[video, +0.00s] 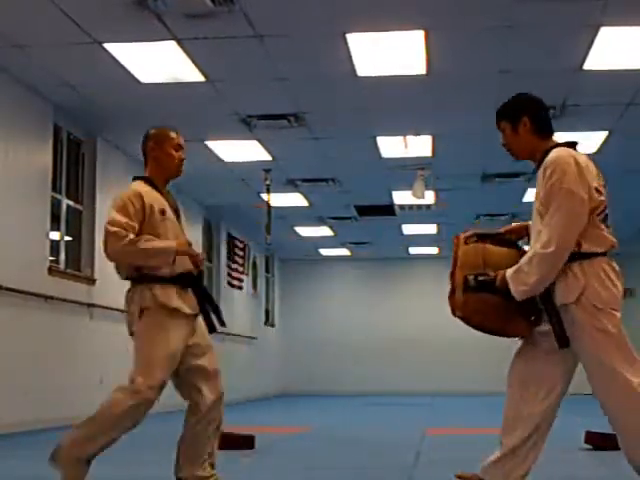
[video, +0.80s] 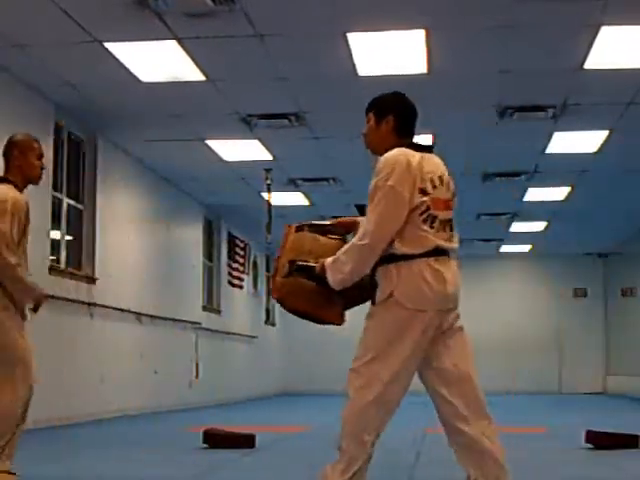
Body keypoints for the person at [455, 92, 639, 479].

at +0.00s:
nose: (504, 144)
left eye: (505, 134)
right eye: (502, 136)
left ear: (525, 126)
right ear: (530, 127)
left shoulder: (563, 163)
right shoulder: (557, 163)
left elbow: (557, 240)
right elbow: (559, 222)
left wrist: (511, 282)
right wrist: (518, 231)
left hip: (586, 279)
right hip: (563, 281)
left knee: (617, 383)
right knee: (532, 376)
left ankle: (638, 462)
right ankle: (504, 472)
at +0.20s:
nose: (459, 153)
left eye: (461, 143)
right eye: (457, 144)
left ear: (480, 137)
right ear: (488, 137)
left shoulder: (509, 168)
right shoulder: (523, 166)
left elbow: (510, 245)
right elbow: (526, 235)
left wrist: (478, 288)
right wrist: (484, 242)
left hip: (543, 280)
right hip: (530, 281)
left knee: (580, 383)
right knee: (506, 383)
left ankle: (636, 457)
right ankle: (499, 472)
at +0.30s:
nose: (440, 151)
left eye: (442, 141)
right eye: (439, 142)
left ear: (461, 134)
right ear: (468, 134)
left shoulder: (487, 164)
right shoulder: (508, 164)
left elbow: (485, 239)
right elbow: (503, 232)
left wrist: (452, 287)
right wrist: (458, 240)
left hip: (522, 277)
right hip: (515, 279)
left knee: (526, 381)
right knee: (492, 381)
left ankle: (614, 451)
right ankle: (499, 471)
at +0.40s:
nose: (428, 145)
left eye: (429, 136)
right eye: (426, 137)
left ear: (447, 131)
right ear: (462, 131)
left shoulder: (470, 161)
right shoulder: (496, 162)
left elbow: (463, 234)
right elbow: (483, 232)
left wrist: (429, 281)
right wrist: (433, 236)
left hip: (501, 276)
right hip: (521, 275)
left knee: (476, 376)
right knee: (503, 378)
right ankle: (498, 470)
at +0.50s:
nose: (415, 142)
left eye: (416, 132)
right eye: (413, 134)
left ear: (434, 127)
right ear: (451, 127)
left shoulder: (457, 158)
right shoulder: (484, 160)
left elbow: (446, 232)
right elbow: (466, 229)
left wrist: (404, 274)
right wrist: (416, 230)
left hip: (481, 276)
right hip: (504, 273)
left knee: (439, 367)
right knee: (499, 381)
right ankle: (502, 467)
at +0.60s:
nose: (401, 136)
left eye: (404, 126)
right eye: (401, 127)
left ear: (421, 124)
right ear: (438, 124)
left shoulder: (442, 157)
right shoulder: (470, 160)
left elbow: (422, 233)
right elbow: (448, 228)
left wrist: (378, 271)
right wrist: (396, 227)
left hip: (460, 282)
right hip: (485, 279)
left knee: (418, 372)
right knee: (485, 386)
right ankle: (498, 470)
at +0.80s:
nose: (364, 134)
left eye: (368, 124)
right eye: (365, 125)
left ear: (387, 123)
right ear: (401, 126)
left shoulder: (396, 162)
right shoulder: (435, 164)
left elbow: (376, 235)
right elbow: (413, 224)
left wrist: (332, 269)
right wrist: (362, 224)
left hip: (410, 283)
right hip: (443, 278)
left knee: (370, 385)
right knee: (458, 394)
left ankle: (345, 471)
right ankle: (490, 473)